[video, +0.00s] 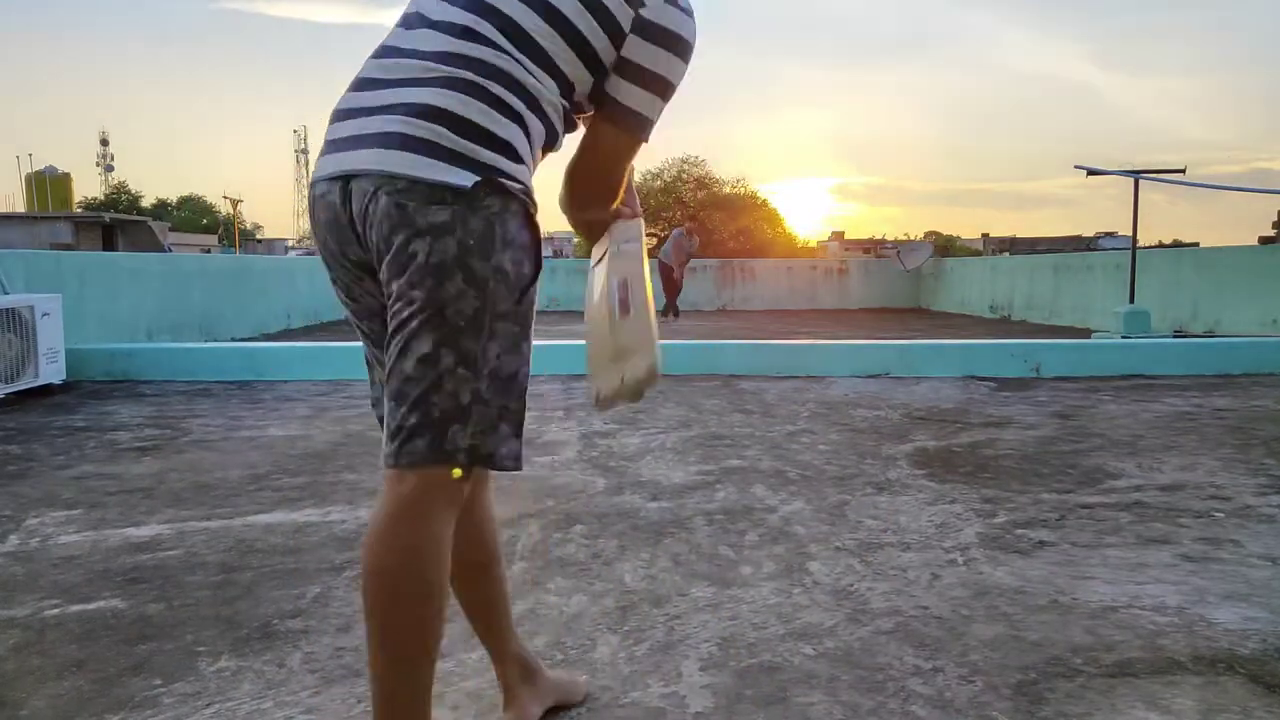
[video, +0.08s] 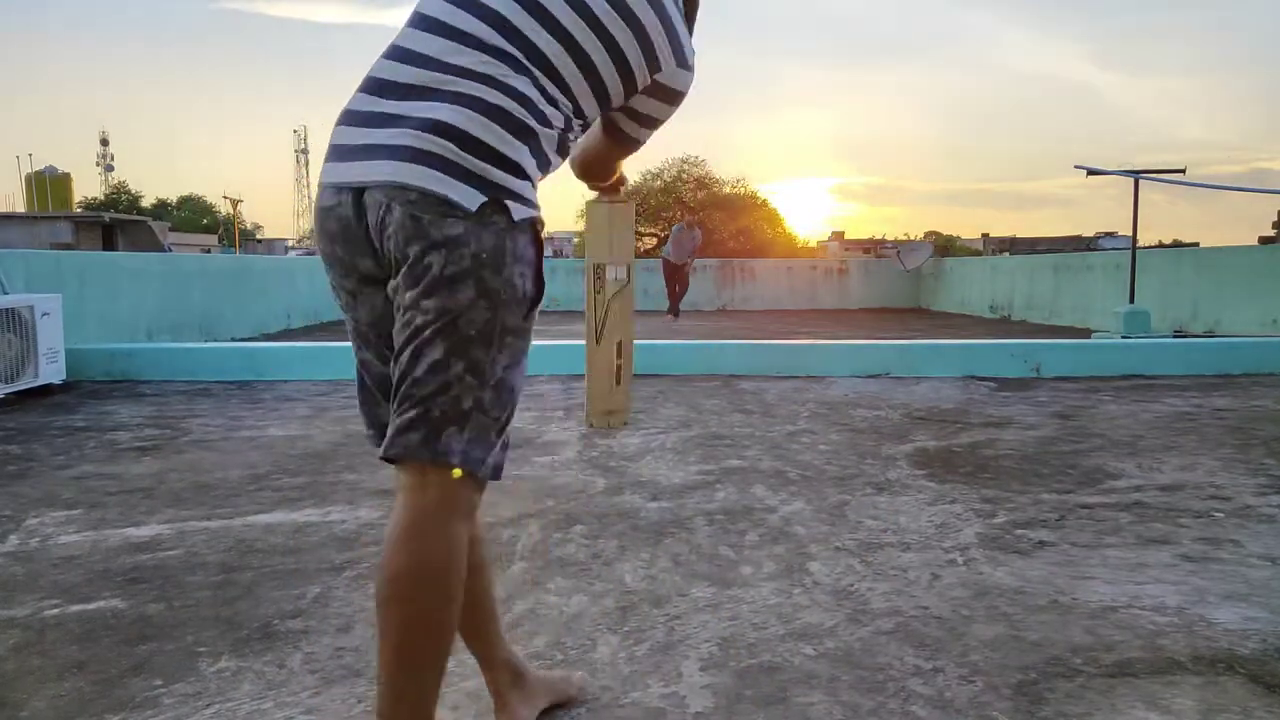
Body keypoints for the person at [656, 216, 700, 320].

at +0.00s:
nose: (690, 225)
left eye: (693, 223)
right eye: (689, 222)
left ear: (696, 225)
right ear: (685, 223)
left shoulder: (695, 240)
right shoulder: (677, 234)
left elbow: (689, 256)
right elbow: (674, 253)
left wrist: (682, 268)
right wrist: (676, 268)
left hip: (678, 263)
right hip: (666, 260)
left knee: (678, 286)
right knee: (668, 286)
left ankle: (665, 311)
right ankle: (675, 311)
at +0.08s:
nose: (691, 219)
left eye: (694, 216)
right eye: (689, 215)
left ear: (696, 218)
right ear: (684, 216)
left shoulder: (697, 233)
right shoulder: (676, 229)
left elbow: (695, 250)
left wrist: (690, 263)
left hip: (683, 261)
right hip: (669, 259)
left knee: (684, 286)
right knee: (671, 287)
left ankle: (671, 310)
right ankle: (675, 313)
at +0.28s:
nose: (695, 210)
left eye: (698, 208)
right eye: (693, 207)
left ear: (701, 210)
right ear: (689, 209)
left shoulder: (703, 224)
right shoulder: (682, 220)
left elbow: (708, 240)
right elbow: (671, 228)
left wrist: (710, 254)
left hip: (693, 258)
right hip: (679, 256)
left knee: (696, 286)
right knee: (677, 287)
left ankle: (701, 313)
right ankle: (676, 314)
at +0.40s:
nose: (699, 212)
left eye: (701, 210)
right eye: (696, 210)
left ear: (704, 212)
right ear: (692, 211)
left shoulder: (708, 226)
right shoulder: (686, 223)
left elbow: (715, 241)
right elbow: (673, 230)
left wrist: (720, 256)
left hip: (700, 262)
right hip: (685, 261)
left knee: (704, 289)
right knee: (680, 291)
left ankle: (710, 314)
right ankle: (677, 315)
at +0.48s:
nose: (699, 211)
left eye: (701, 208)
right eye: (697, 208)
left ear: (704, 211)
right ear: (693, 210)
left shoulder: (709, 225)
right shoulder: (686, 223)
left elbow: (716, 241)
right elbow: (675, 235)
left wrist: (721, 256)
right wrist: (670, 233)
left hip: (702, 262)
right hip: (687, 261)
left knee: (705, 291)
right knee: (682, 291)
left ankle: (710, 315)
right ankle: (678, 315)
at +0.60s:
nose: (698, 210)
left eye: (700, 208)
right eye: (696, 208)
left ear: (704, 210)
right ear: (692, 210)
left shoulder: (710, 224)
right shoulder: (687, 224)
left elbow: (716, 240)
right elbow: (678, 236)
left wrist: (720, 257)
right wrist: (671, 236)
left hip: (703, 262)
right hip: (688, 261)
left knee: (706, 291)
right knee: (684, 290)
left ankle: (709, 315)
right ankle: (681, 316)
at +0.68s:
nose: (698, 210)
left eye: (700, 208)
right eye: (696, 208)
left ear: (704, 210)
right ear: (693, 210)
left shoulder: (710, 224)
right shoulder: (687, 224)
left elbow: (716, 240)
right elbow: (678, 235)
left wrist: (719, 257)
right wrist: (671, 237)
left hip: (703, 263)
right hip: (688, 262)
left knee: (706, 292)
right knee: (685, 292)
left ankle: (710, 315)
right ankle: (682, 316)